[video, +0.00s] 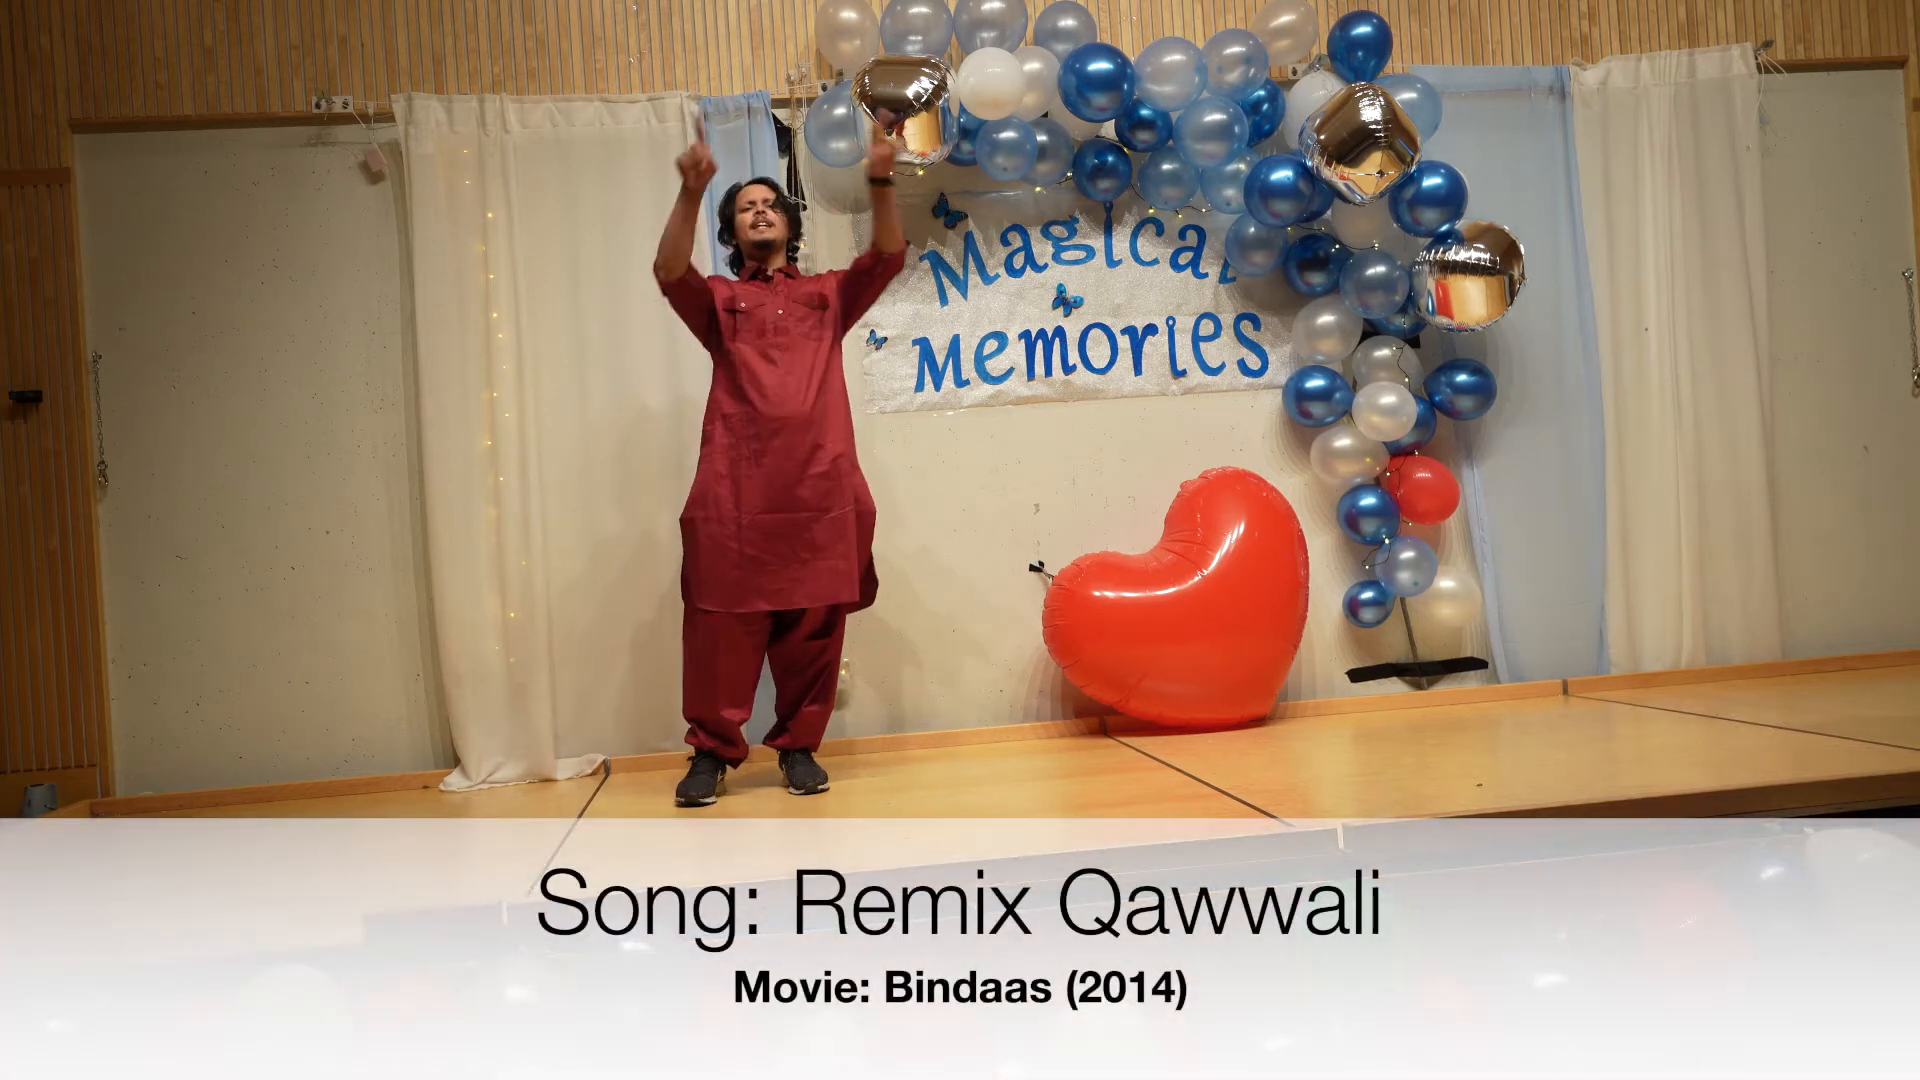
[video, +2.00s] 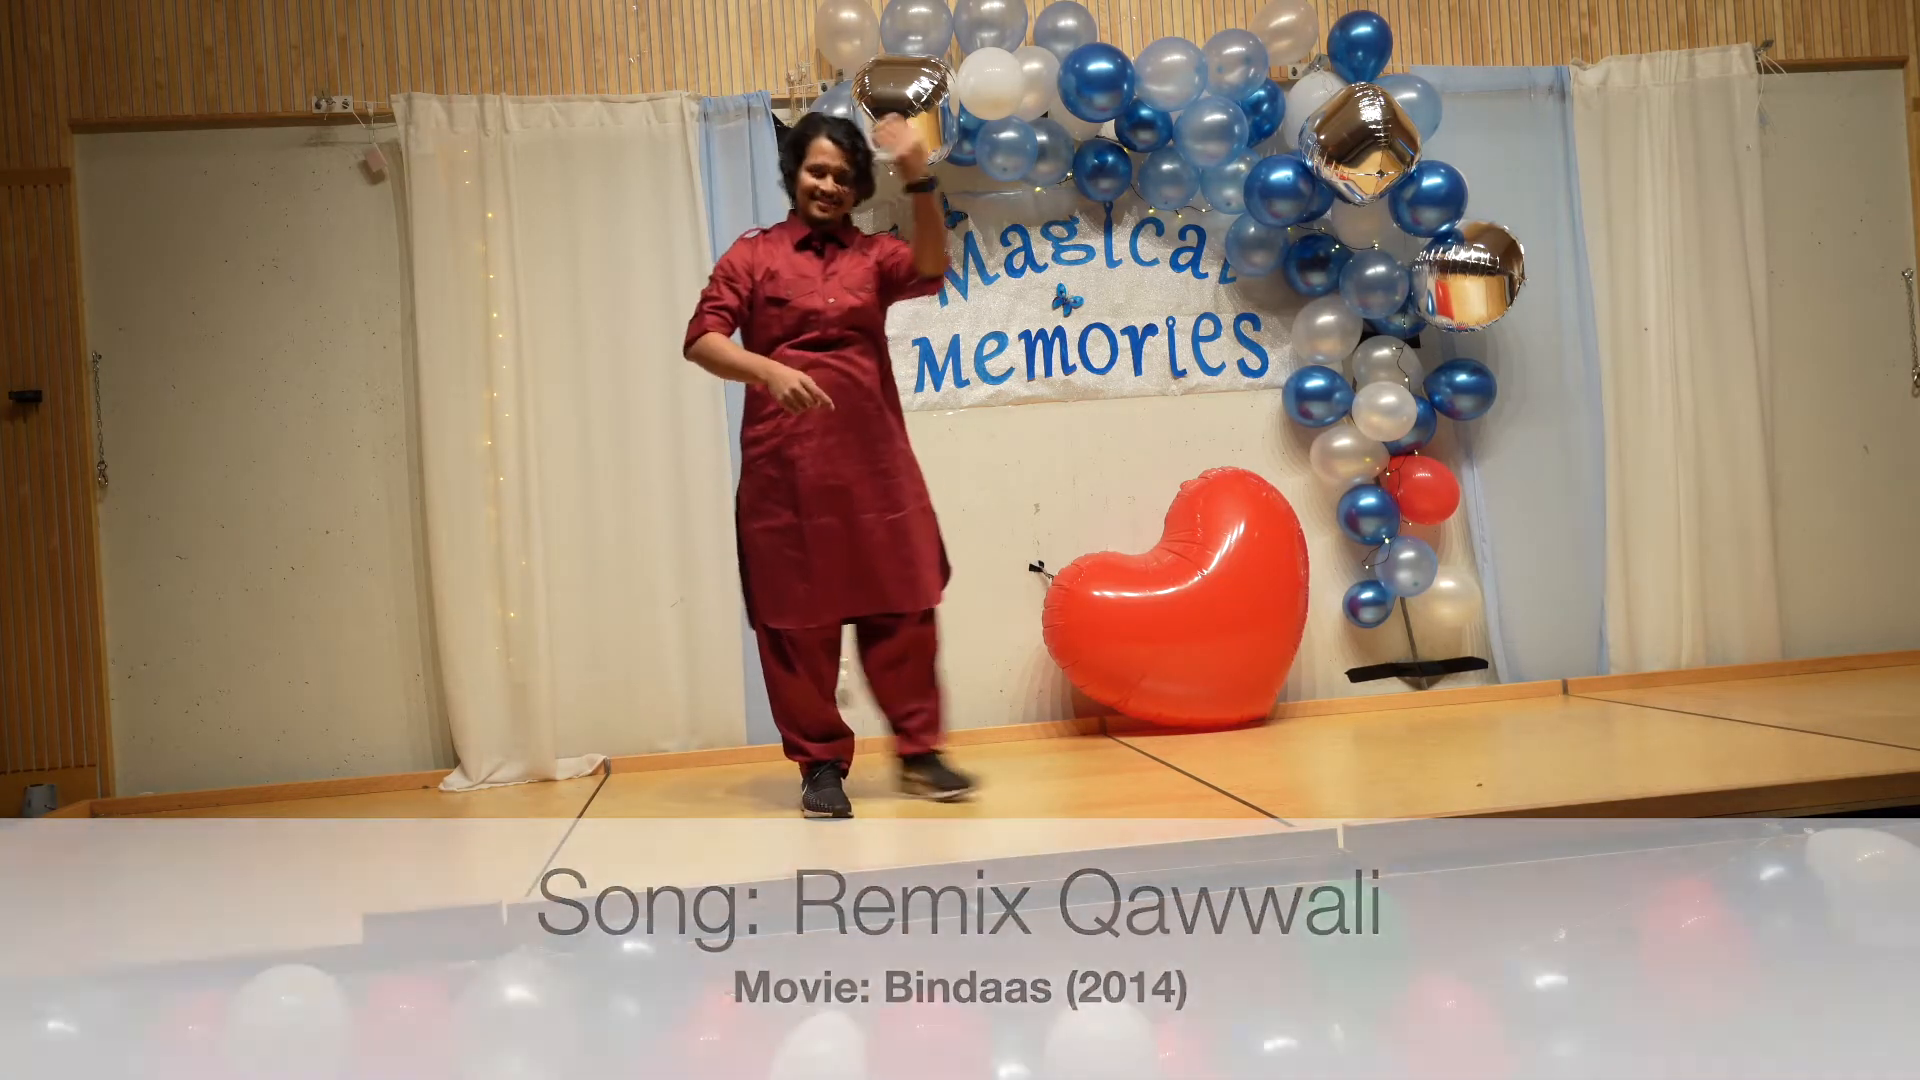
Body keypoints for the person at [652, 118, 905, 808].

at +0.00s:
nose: (759, 214)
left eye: (769, 205)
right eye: (746, 208)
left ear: (793, 224)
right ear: (732, 234)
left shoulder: (829, 292)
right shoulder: (721, 299)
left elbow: (887, 257)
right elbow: (671, 270)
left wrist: (882, 183)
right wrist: (692, 193)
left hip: (817, 484)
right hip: (734, 486)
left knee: (813, 629)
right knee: (719, 627)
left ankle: (800, 749)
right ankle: (710, 753)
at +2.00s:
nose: (827, 185)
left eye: (841, 176)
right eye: (815, 172)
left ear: (858, 185)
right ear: (792, 175)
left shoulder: (876, 252)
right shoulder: (752, 253)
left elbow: (931, 268)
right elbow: (702, 340)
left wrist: (917, 182)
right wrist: (767, 370)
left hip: (873, 456)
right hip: (785, 465)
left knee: (903, 604)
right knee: (796, 618)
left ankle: (920, 753)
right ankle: (820, 766)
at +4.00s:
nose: (1097, 84)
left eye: (1110, 74)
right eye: (1081, 74)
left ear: (1131, 99)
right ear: (1052, 100)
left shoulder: (1165, 200)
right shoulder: (1019, 190)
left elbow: (1224, 293)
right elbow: (975, 277)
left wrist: (1222, 278)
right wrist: (1067, 301)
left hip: (1150, 435)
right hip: (1050, 441)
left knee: (1187, 601)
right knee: (1057, 613)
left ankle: (1228, 775)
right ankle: (1086, 782)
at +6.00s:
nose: (1199, 50)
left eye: (1210, 40)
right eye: (1178, 41)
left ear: (1231, 68)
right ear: (1146, 75)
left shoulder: (1268, 163)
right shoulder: (1120, 170)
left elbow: (1335, 242)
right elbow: (1113, 254)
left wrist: (1307, 208)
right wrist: (1199, 212)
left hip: (1258, 425)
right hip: (1153, 427)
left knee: (1252, 606)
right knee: (1143, 609)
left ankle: (1242, 785)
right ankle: (1150, 791)